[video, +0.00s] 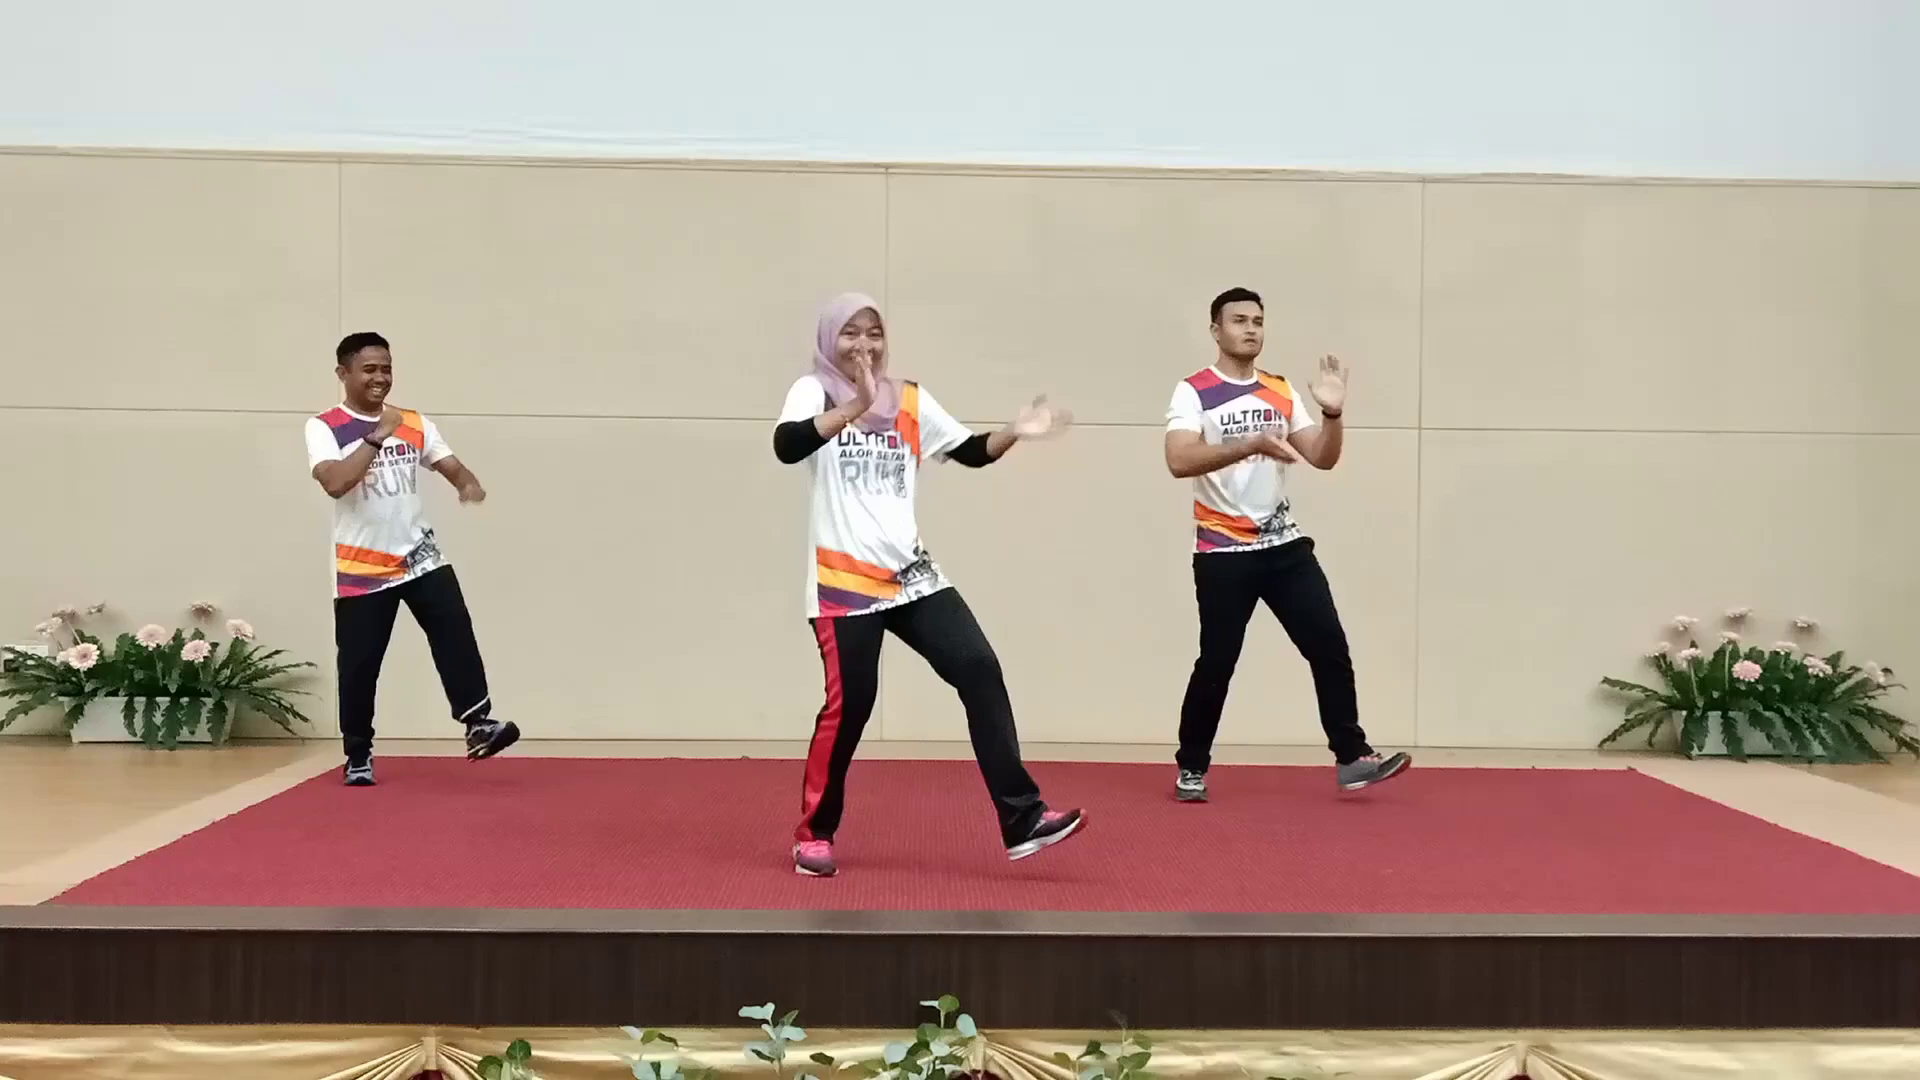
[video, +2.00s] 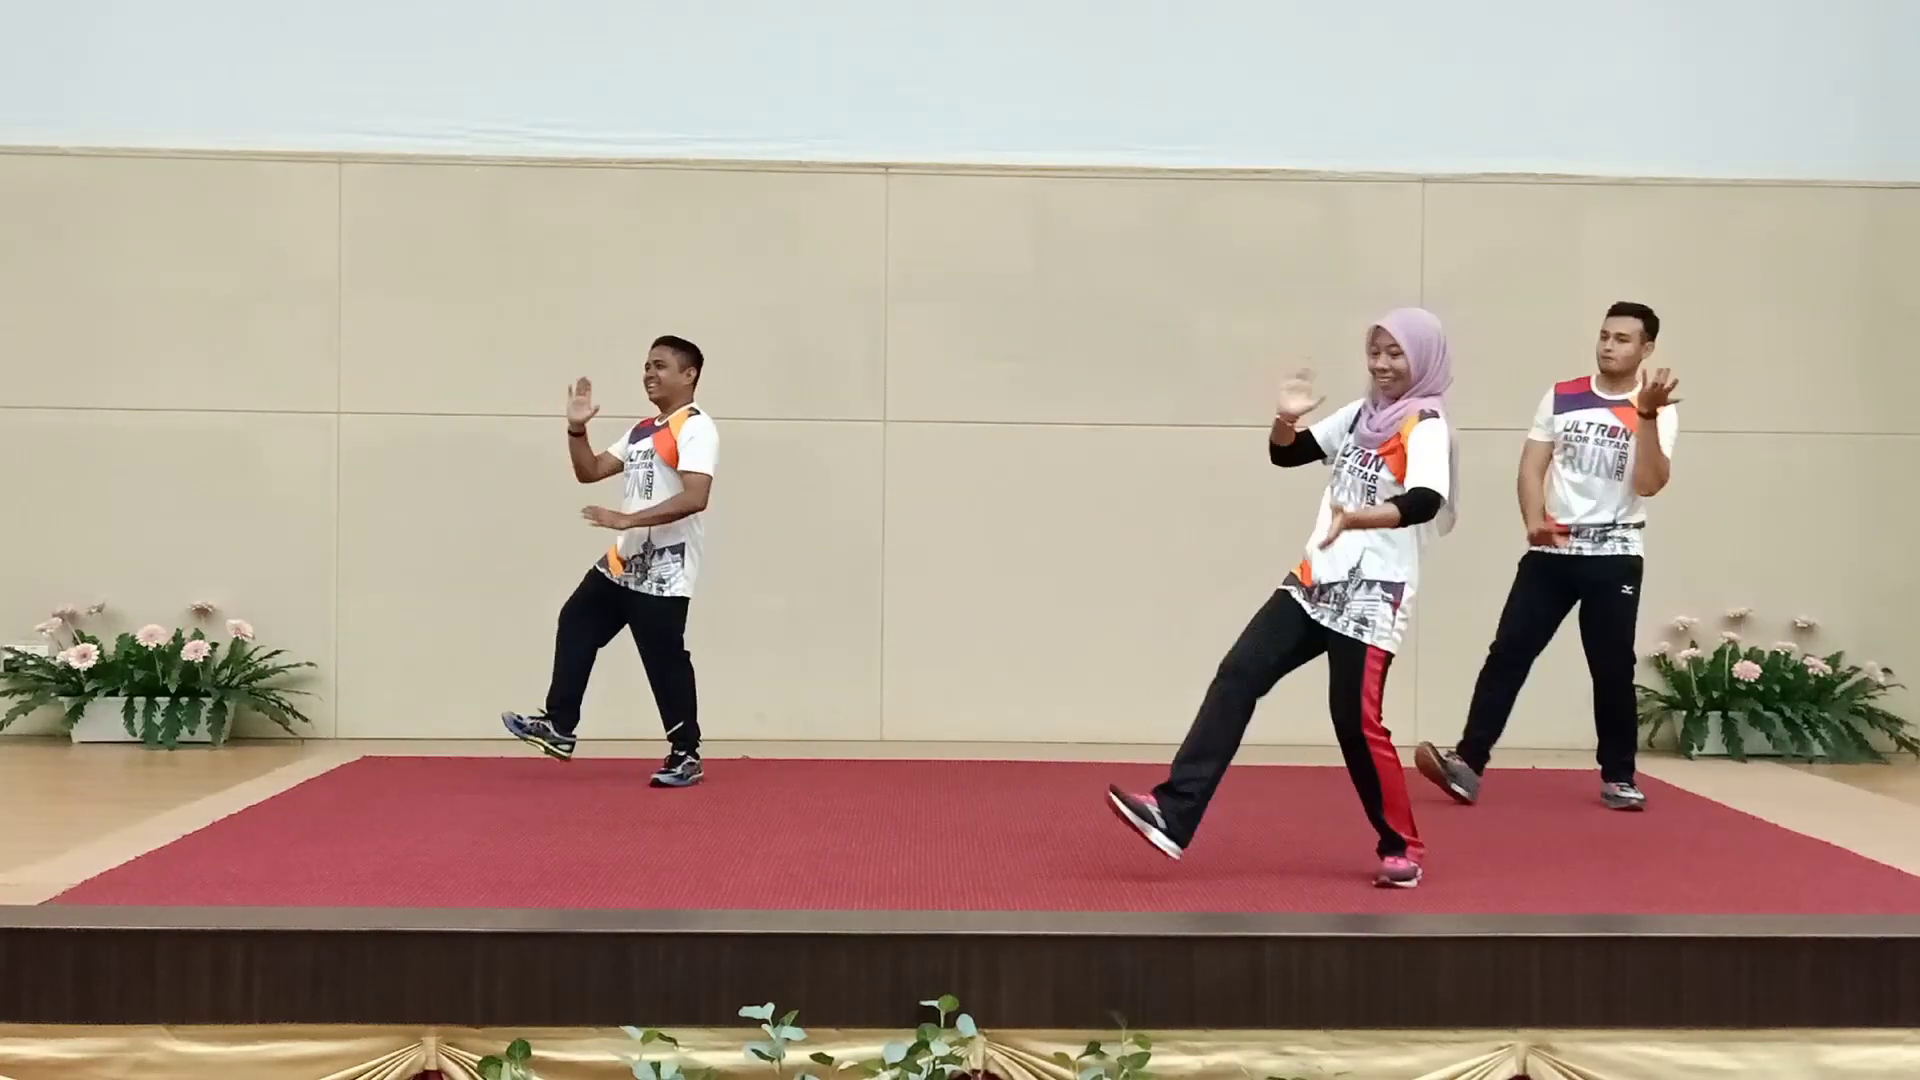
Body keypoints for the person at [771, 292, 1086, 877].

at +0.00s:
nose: (865, 343)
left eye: (873, 333)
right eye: (852, 333)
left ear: (886, 341)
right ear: (829, 342)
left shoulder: (910, 399)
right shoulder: (814, 391)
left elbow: (970, 452)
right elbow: (786, 448)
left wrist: (1014, 433)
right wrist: (855, 408)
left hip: (909, 572)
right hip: (842, 579)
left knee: (980, 671)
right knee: (849, 701)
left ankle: (1021, 820)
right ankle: (814, 835)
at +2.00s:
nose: (1382, 362)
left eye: (1395, 353)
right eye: (1376, 351)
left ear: (1425, 361)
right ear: (1368, 356)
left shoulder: (1426, 424)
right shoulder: (1361, 412)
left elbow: (1424, 502)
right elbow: (1287, 455)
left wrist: (1358, 517)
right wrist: (1285, 424)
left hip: (1374, 594)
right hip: (1316, 583)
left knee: (1357, 719)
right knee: (1239, 674)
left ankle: (1401, 848)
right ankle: (1174, 816)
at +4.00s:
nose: (881, 357)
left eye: (891, 348)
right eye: (868, 346)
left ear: (901, 359)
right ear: (845, 355)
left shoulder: (903, 423)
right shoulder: (825, 426)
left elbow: (964, 469)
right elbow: (816, 525)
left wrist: (965, 409)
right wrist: (863, 578)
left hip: (904, 596)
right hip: (838, 599)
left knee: (985, 670)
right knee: (843, 714)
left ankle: (1008, 820)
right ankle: (783, 834)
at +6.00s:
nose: (1189, 327)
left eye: (1202, 318)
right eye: (1179, 317)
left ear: (1223, 331)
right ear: (1164, 329)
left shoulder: (1246, 398)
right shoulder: (1138, 385)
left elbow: (1282, 461)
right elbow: (1073, 441)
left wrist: (1245, 427)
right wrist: (1067, 421)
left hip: (1208, 580)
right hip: (1134, 575)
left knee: (1236, 702)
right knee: (1107, 696)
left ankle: (1307, 835)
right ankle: (1098, 836)